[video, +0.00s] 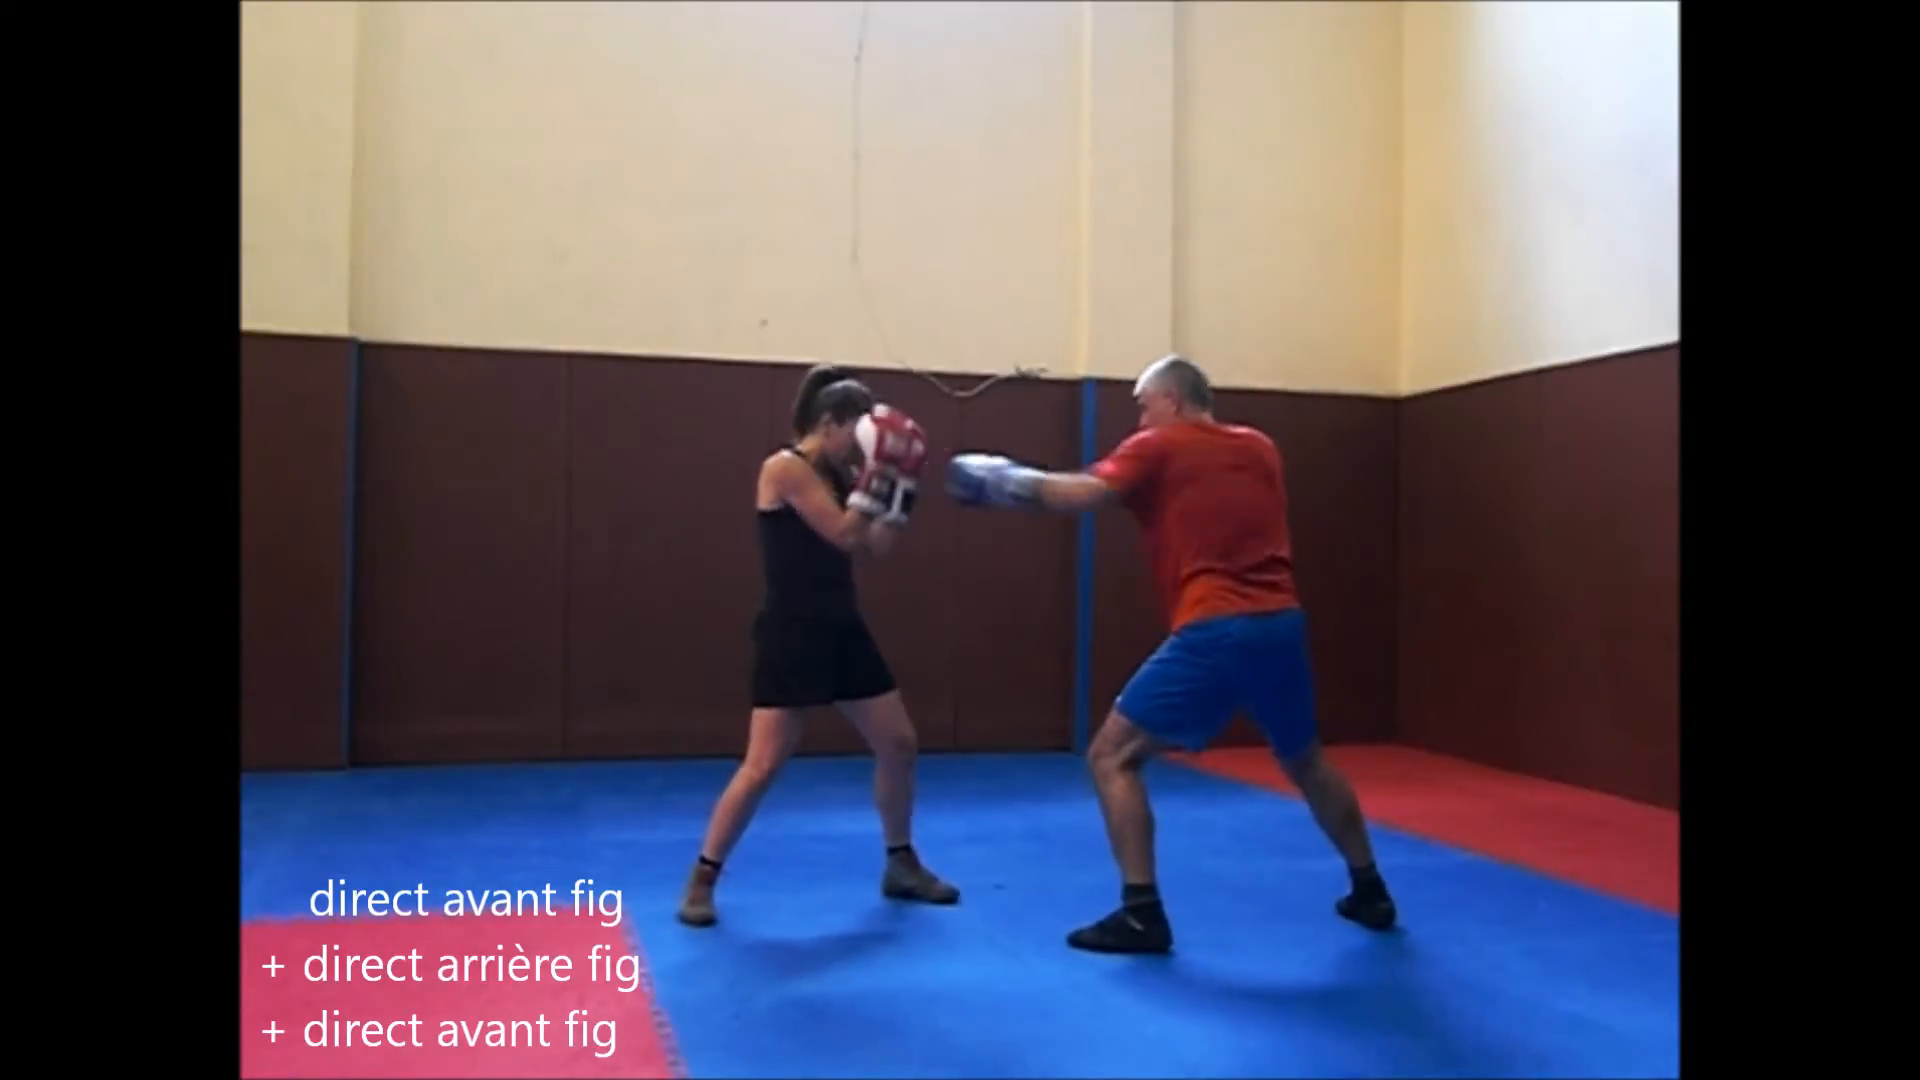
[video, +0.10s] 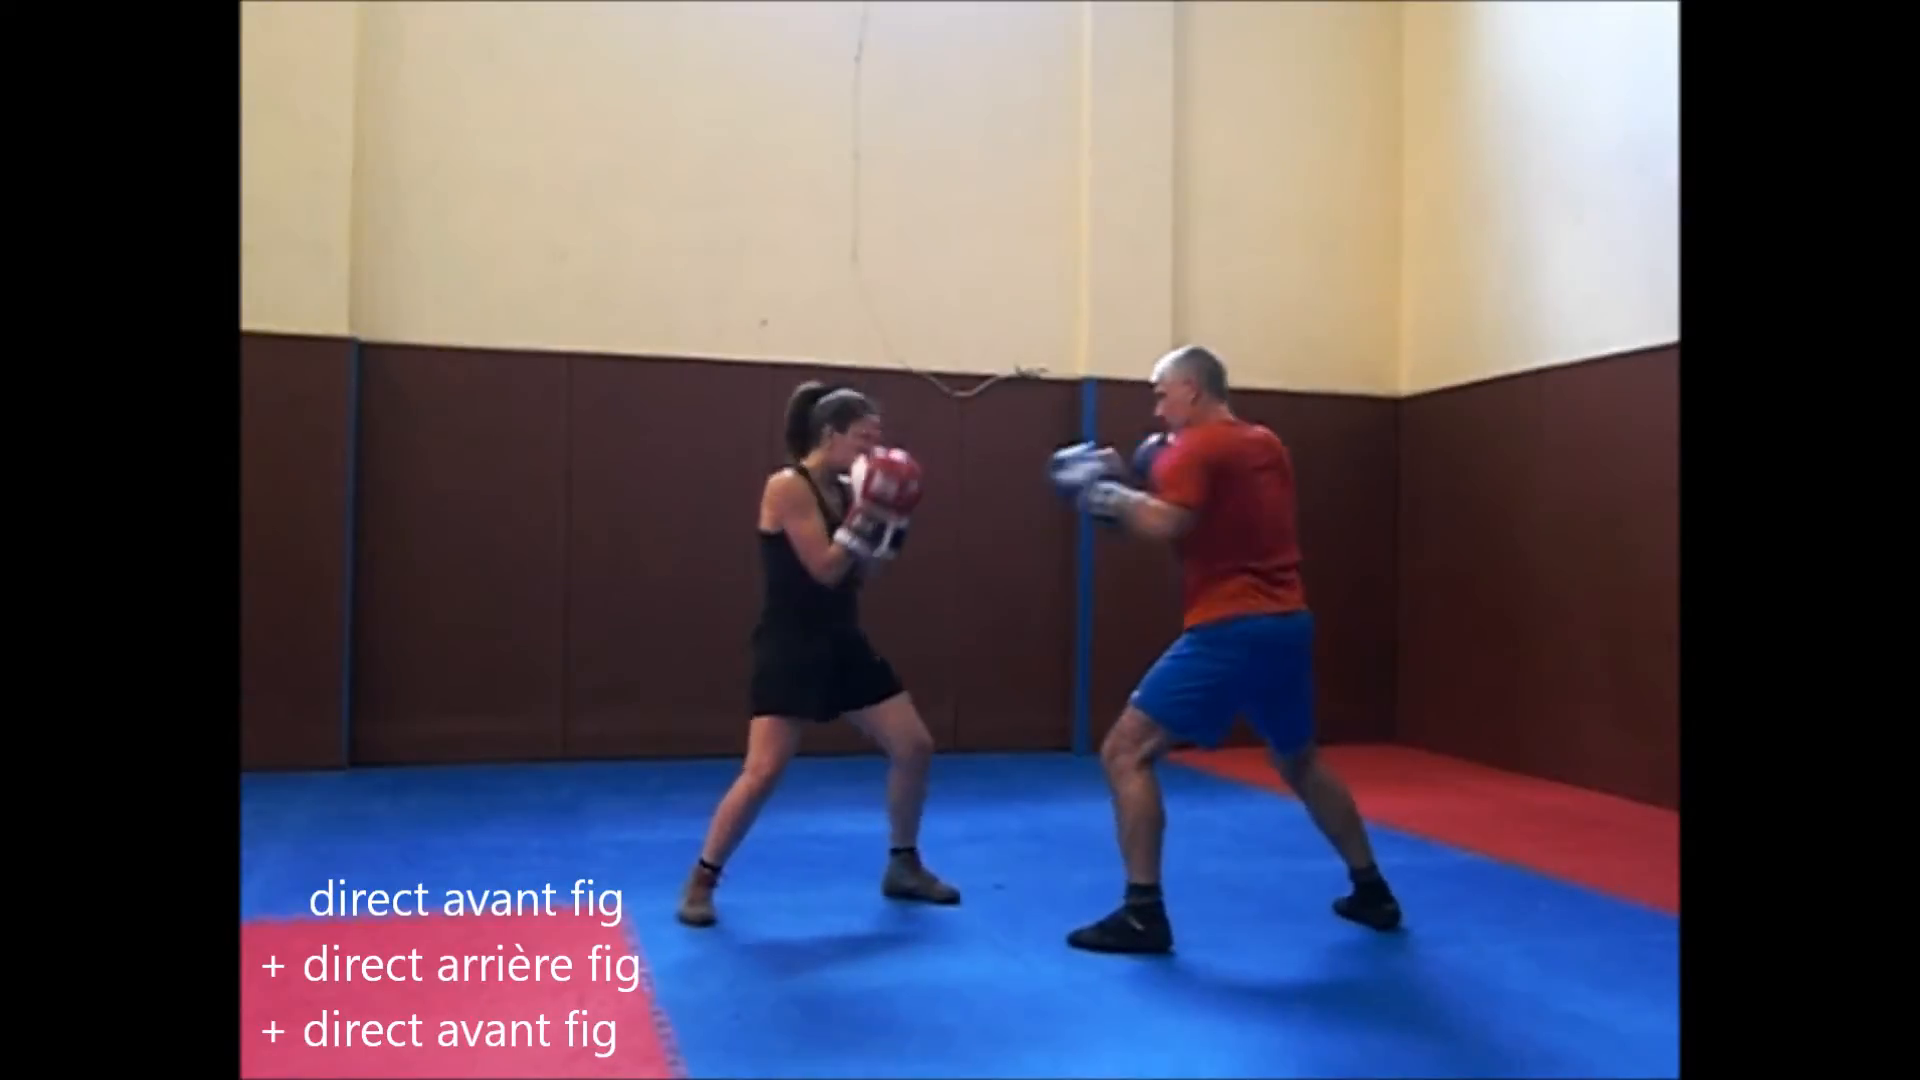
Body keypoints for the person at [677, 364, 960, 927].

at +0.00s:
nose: (860, 442)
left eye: (864, 432)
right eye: (857, 430)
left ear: (838, 425)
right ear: (828, 422)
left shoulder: (834, 475)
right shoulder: (784, 469)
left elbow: (879, 539)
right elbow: (844, 532)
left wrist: (899, 483)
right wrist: (878, 476)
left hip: (840, 634)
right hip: (790, 636)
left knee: (897, 743)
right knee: (762, 765)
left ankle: (901, 865)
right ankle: (702, 879)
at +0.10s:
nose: (871, 447)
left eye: (873, 438)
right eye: (864, 436)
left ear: (844, 437)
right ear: (829, 434)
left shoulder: (846, 491)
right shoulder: (787, 486)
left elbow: (865, 568)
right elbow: (825, 568)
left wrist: (890, 520)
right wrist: (865, 514)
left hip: (842, 646)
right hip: (789, 649)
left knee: (913, 746)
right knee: (764, 769)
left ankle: (904, 866)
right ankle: (702, 882)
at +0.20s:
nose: (881, 428)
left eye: (882, 417)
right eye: (872, 417)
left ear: (852, 419)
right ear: (836, 417)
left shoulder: (856, 470)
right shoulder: (793, 468)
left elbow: (870, 550)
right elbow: (815, 554)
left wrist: (900, 507)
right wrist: (868, 505)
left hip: (847, 624)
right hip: (795, 628)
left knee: (901, 734)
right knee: (766, 755)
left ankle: (905, 863)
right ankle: (705, 877)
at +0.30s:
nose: (879, 411)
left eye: (880, 401)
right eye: (871, 400)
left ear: (855, 404)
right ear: (836, 401)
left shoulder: (852, 455)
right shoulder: (799, 449)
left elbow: (891, 518)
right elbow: (847, 519)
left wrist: (919, 469)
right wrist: (888, 469)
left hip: (846, 611)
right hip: (794, 613)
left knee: (882, 731)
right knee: (778, 742)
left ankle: (884, 857)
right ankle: (727, 864)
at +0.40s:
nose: (876, 427)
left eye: (879, 417)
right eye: (869, 416)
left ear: (844, 419)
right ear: (834, 414)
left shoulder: (846, 469)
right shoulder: (797, 465)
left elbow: (904, 516)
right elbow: (878, 504)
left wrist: (929, 457)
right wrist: (908, 450)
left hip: (842, 628)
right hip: (793, 631)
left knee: (899, 729)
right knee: (796, 756)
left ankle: (882, 855)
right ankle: (747, 870)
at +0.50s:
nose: (877, 435)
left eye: (878, 425)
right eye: (871, 424)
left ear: (842, 427)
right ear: (838, 423)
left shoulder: (843, 476)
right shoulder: (801, 474)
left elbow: (884, 541)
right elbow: (876, 526)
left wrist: (910, 486)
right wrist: (903, 471)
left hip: (853, 630)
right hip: (803, 638)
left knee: (941, 705)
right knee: (792, 759)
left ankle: (921, 823)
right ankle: (744, 869)